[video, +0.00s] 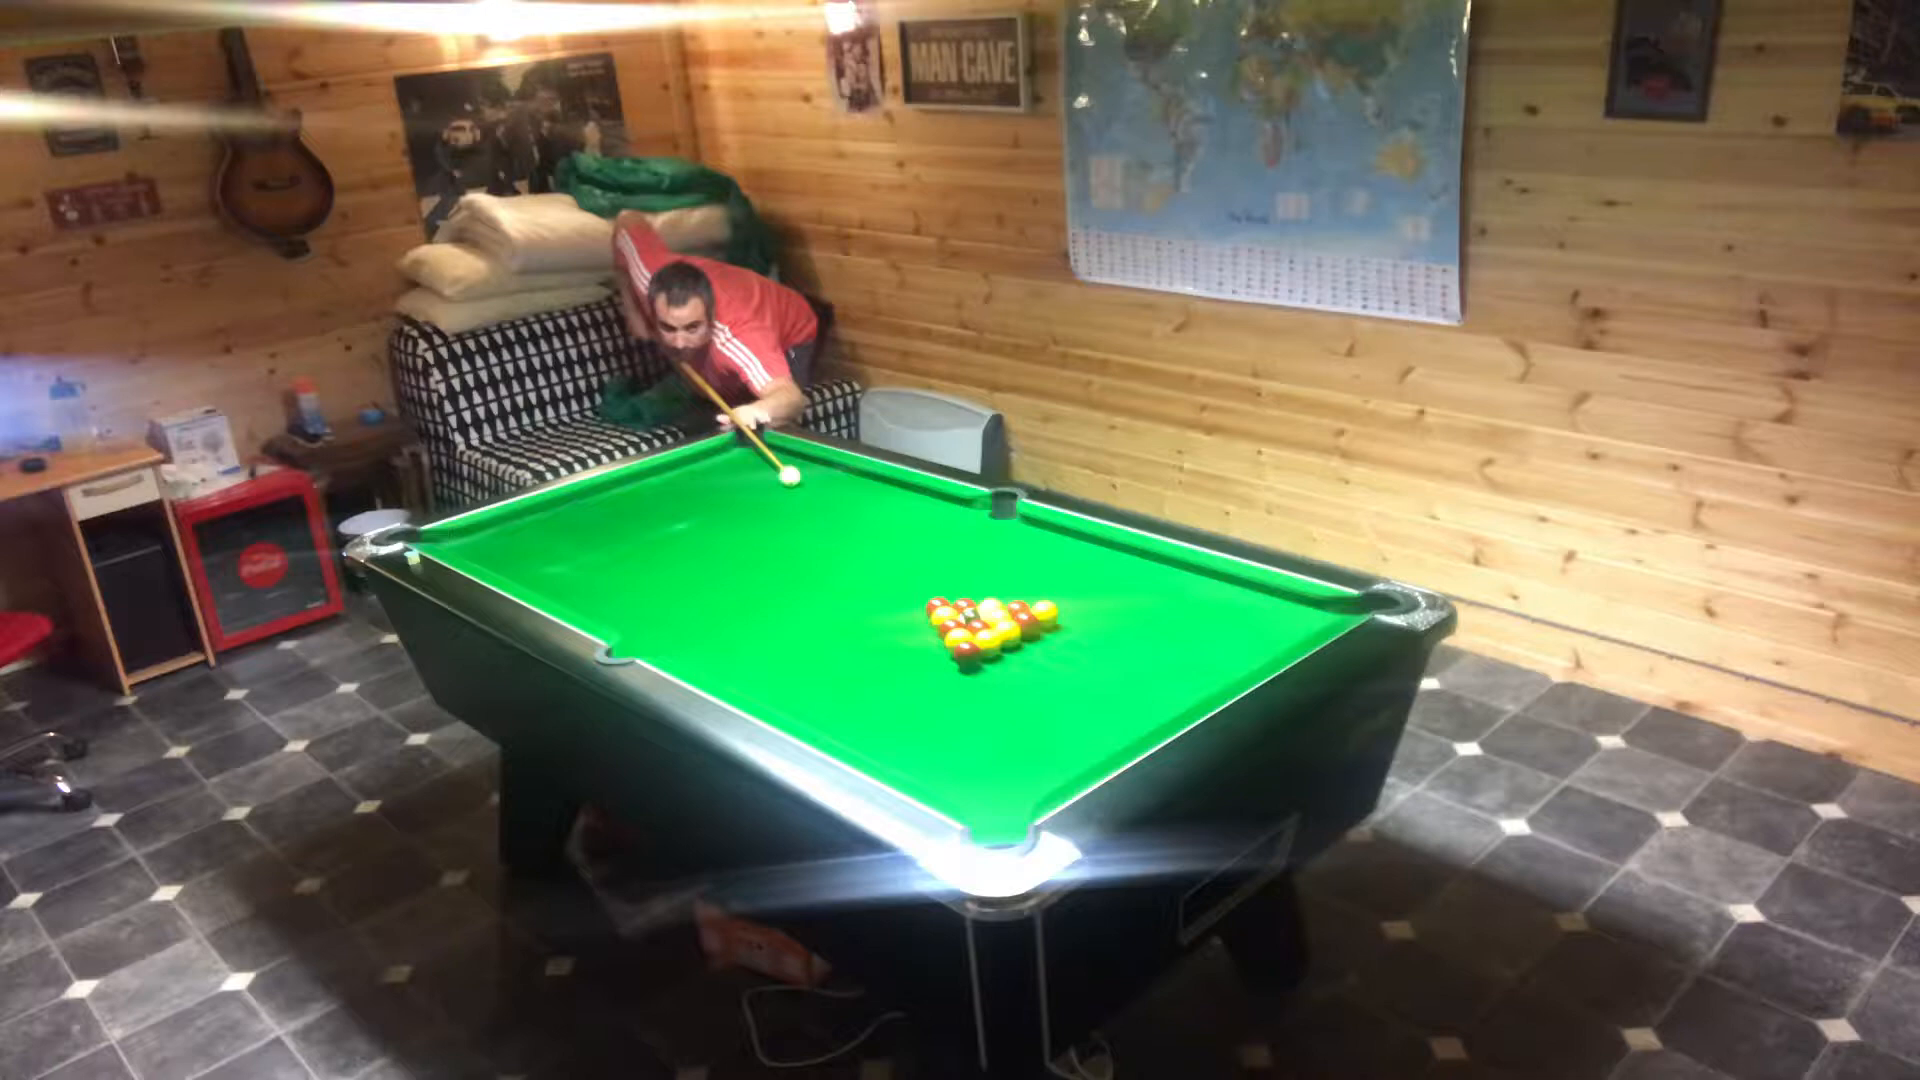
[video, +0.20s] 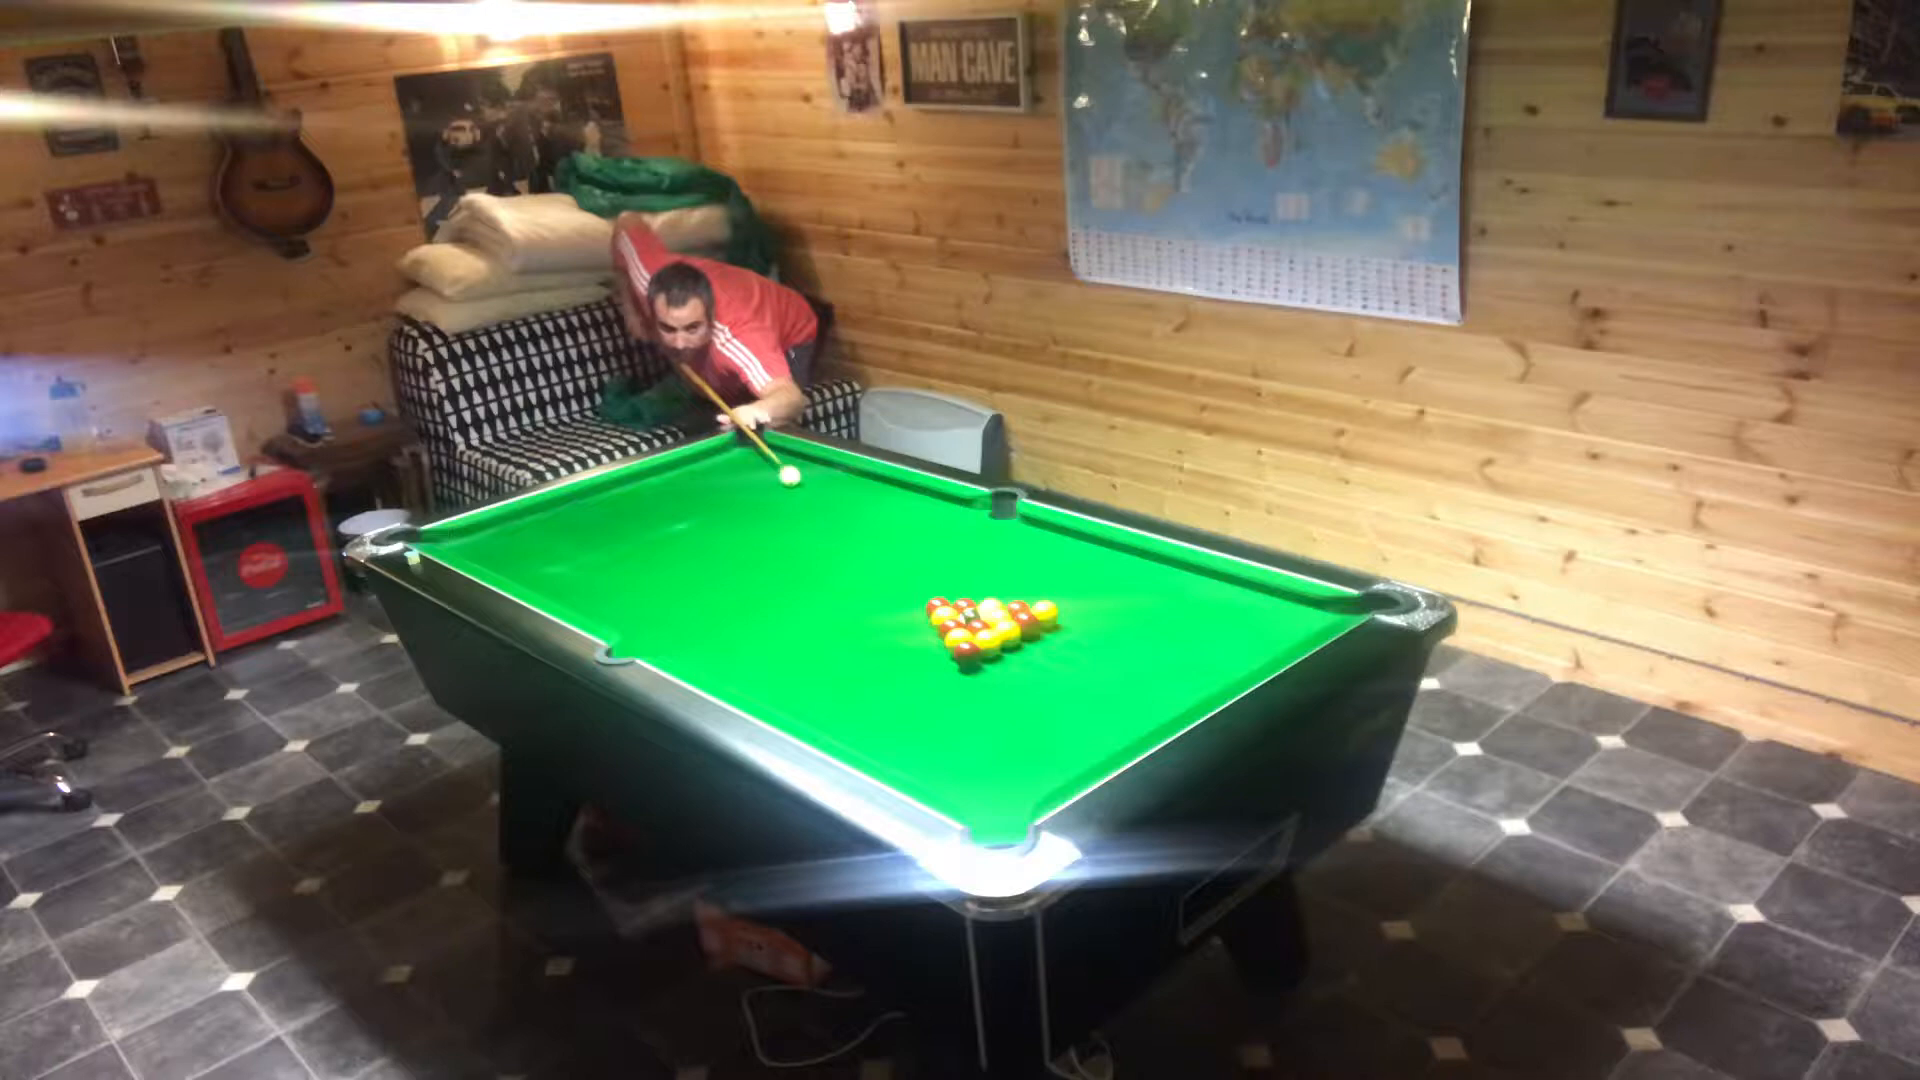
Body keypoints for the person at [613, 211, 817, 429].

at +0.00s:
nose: (680, 342)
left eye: (692, 329)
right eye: (668, 329)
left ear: (710, 318)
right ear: (655, 314)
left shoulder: (737, 335)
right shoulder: (653, 278)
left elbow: (791, 398)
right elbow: (627, 219)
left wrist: (757, 411)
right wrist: (633, 310)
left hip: (790, 333)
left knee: (769, 434)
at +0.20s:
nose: (680, 342)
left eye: (692, 329)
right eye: (668, 329)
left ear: (710, 318)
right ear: (654, 315)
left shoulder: (738, 336)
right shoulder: (652, 279)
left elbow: (792, 398)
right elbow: (626, 221)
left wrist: (757, 410)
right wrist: (631, 309)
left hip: (789, 335)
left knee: (771, 436)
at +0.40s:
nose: (680, 342)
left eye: (692, 330)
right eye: (668, 330)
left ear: (710, 318)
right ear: (654, 315)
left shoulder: (738, 337)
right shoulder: (652, 280)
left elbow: (792, 399)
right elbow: (627, 220)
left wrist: (758, 410)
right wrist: (624, 300)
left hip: (790, 334)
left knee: (771, 435)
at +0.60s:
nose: (680, 343)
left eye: (692, 330)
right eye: (668, 331)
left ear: (710, 316)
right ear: (653, 315)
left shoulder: (738, 337)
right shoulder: (653, 278)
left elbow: (792, 399)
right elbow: (627, 217)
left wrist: (758, 410)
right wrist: (621, 293)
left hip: (790, 333)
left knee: (771, 436)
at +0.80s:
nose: (680, 343)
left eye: (692, 330)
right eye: (668, 331)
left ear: (711, 317)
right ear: (654, 316)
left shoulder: (738, 337)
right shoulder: (654, 277)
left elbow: (792, 399)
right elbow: (627, 217)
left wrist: (757, 411)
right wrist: (625, 302)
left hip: (790, 333)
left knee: (771, 435)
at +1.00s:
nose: (681, 343)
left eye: (692, 330)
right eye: (669, 331)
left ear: (711, 317)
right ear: (655, 316)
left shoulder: (738, 337)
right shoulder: (652, 277)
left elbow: (792, 399)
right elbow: (627, 221)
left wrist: (758, 411)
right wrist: (627, 306)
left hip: (789, 335)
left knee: (772, 435)